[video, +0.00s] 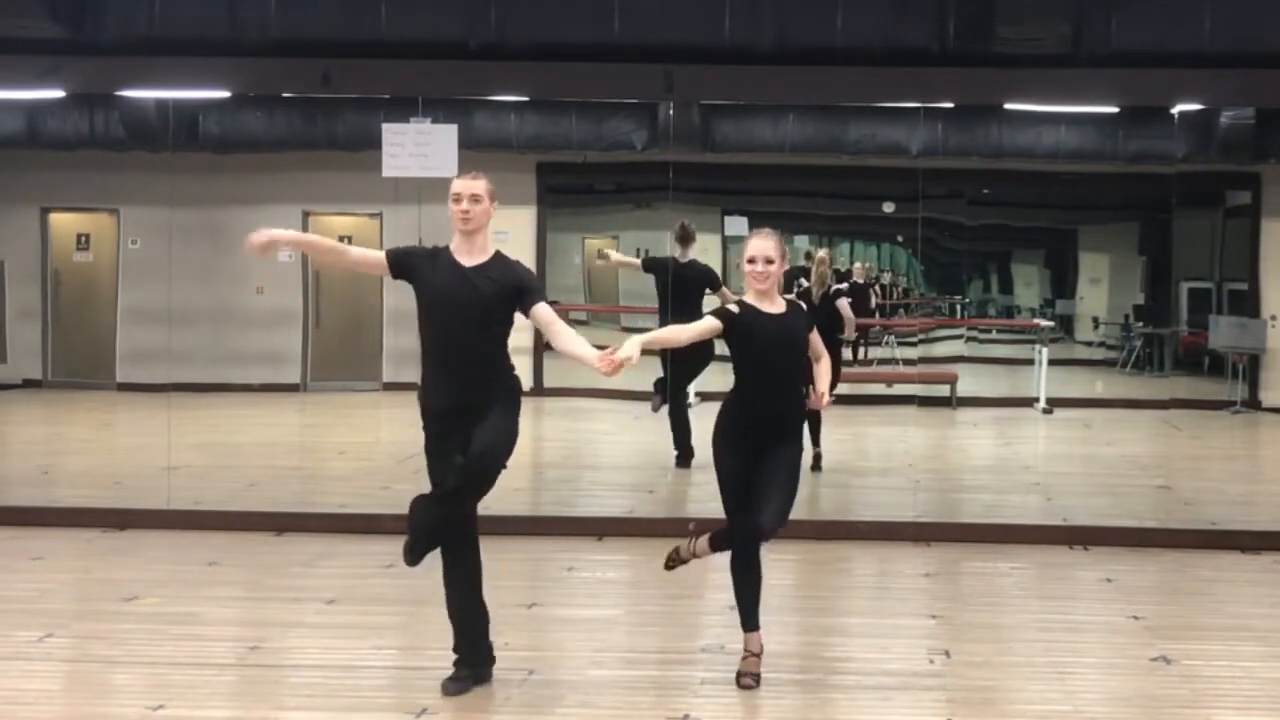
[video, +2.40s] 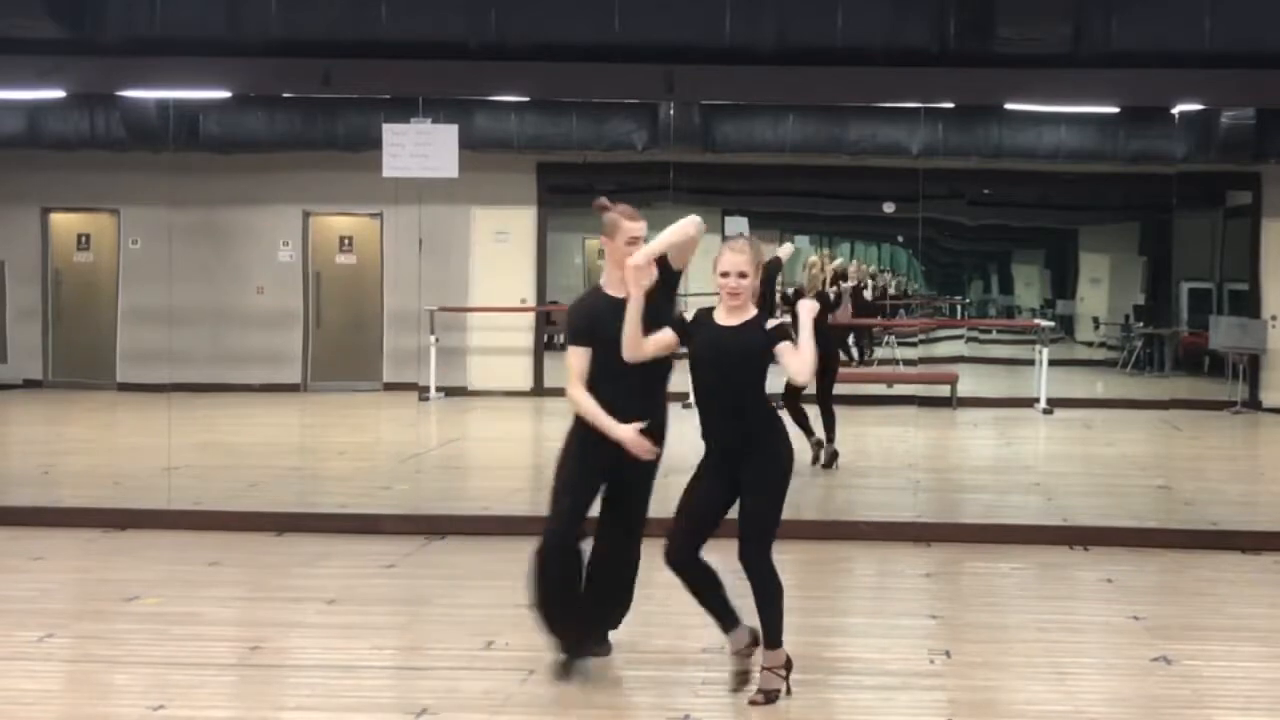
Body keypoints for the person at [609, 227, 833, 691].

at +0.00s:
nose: (759, 269)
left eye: (768, 261)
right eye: (751, 261)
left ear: (783, 266)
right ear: (742, 266)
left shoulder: (799, 313)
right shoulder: (733, 313)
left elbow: (821, 356)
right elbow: (686, 333)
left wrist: (822, 386)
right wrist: (639, 341)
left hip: (785, 435)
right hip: (737, 432)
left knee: (768, 525)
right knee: (745, 534)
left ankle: (698, 545)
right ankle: (752, 644)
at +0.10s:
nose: (762, 270)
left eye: (770, 263)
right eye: (755, 262)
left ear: (785, 267)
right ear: (744, 267)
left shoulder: (801, 314)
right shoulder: (735, 315)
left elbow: (825, 358)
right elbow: (686, 336)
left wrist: (823, 393)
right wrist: (639, 347)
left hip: (787, 434)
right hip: (739, 432)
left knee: (766, 525)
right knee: (741, 535)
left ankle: (697, 580)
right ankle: (754, 642)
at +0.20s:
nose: (765, 272)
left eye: (774, 264)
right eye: (757, 264)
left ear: (788, 269)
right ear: (747, 268)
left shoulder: (807, 317)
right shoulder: (734, 315)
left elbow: (839, 358)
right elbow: (686, 339)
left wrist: (826, 397)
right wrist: (639, 353)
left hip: (785, 437)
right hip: (737, 435)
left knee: (759, 532)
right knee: (743, 532)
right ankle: (752, 633)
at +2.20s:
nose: (750, 277)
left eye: (758, 269)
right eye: (741, 269)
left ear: (771, 273)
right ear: (726, 271)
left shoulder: (788, 316)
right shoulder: (711, 323)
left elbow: (843, 357)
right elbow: (661, 371)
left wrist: (811, 350)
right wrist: (648, 325)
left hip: (770, 446)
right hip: (720, 448)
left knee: (754, 551)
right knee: (741, 550)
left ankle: (763, 658)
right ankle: (762, 648)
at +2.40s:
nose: (732, 283)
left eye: (741, 275)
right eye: (725, 275)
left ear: (757, 280)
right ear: (714, 278)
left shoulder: (767, 328)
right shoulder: (697, 323)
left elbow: (802, 373)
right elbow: (634, 351)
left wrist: (806, 320)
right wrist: (636, 291)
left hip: (765, 455)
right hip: (720, 456)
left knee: (755, 554)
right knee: (680, 553)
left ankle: (775, 657)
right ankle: (740, 638)